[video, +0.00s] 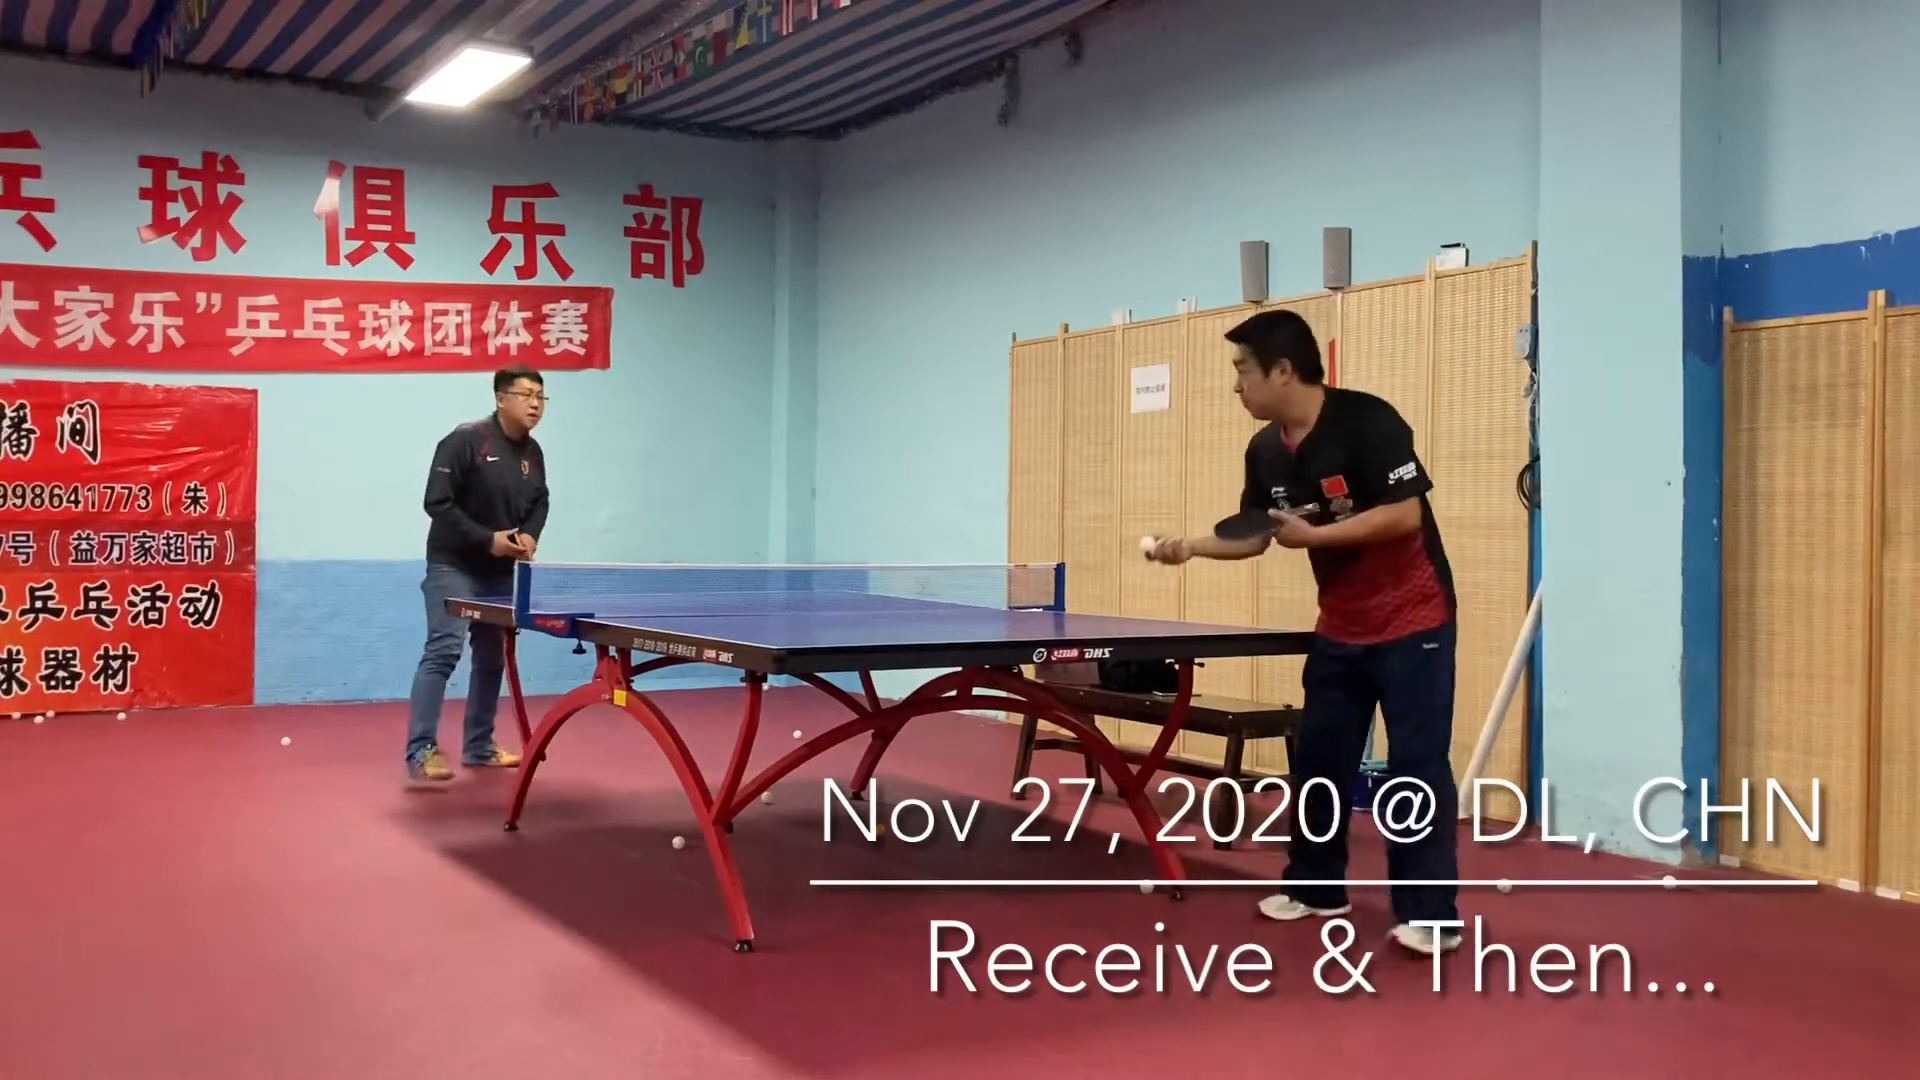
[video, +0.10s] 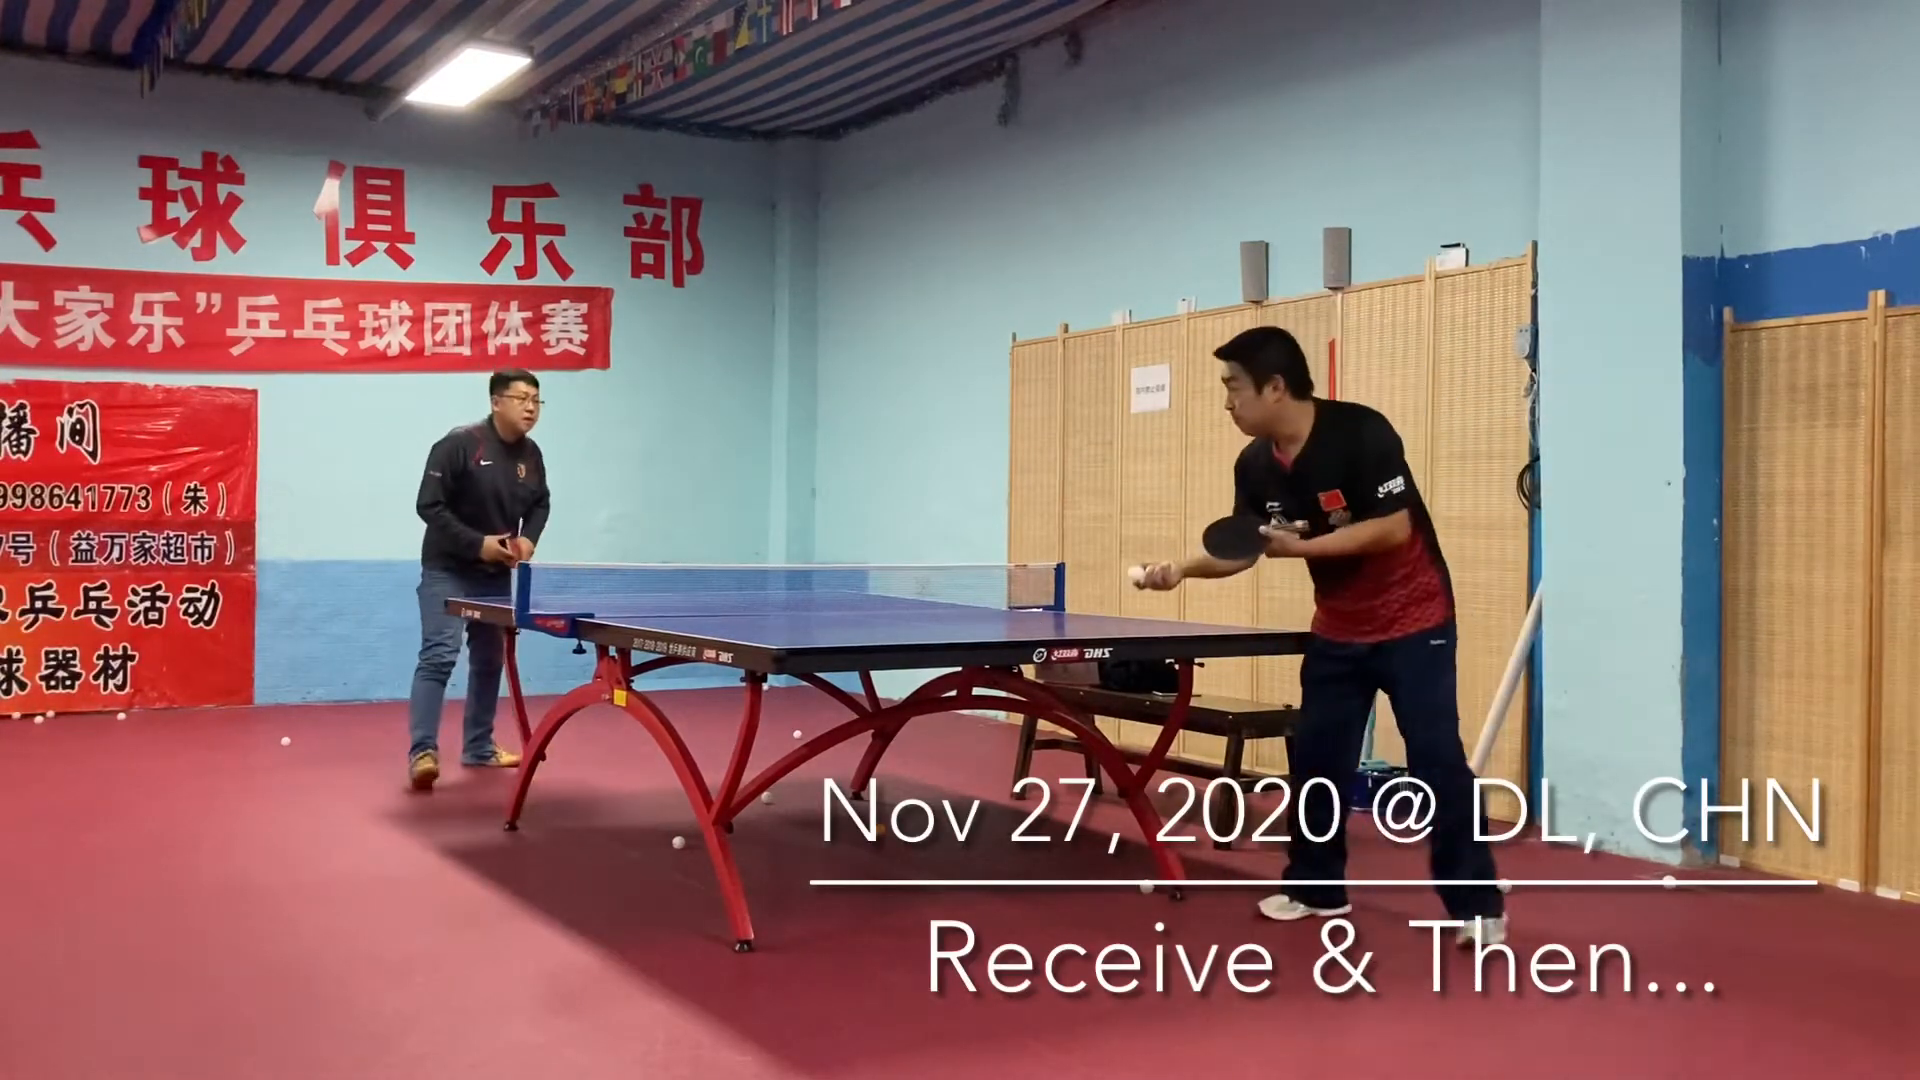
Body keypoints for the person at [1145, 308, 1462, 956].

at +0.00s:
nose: (1235, 385)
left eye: (1243, 371)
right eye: (1235, 371)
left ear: (1283, 372)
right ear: (1277, 373)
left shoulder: (1369, 418)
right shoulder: (1268, 449)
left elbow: (1404, 514)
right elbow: (1253, 530)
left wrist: (1316, 534)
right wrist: (1192, 544)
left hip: (1414, 621)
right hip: (1341, 625)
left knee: (1417, 766)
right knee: (1319, 754)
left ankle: (1429, 911)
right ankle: (1316, 888)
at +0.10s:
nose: (1227, 403)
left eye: (1234, 388)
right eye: (1226, 390)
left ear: (1275, 387)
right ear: (1271, 389)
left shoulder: (1362, 431)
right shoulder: (1255, 465)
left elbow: (1394, 528)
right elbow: (1241, 551)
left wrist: (1301, 546)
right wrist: (1181, 571)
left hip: (1414, 622)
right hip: (1339, 629)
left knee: (1437, 759)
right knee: (1315, 754)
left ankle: (1474, 904)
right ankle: (1318, 885)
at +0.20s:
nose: (1228, 410)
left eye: (1237, 397)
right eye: (1227, 397)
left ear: (1279, 398)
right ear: (1268, 402)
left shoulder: (1362, 439)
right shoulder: (1254, 473)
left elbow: (1390, 538)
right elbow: (1240, 558)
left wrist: (1296, 552)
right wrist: (1179, 585)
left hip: (1415, 628)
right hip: (1336, 632)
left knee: (1456, 753)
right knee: (1313, 756)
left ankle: (1524, 893)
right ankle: (1315, 887)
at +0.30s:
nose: (1243, 419)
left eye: (1251, 406)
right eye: (1242, 406)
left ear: (1294, 408)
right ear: (1281, 411)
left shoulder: (1375, 450)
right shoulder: (1263, 476)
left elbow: (1393, 550)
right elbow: (1238, 564)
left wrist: (1296, 549)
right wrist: (1182, 590)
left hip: (1418, 633)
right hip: (1335, 634)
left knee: (1474, 756)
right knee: (1310, 756)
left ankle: (1546, 885)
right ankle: (1315, 886)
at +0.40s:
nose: (1270, 423)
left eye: (1280, 410)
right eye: (1269, 410)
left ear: (1324, 411)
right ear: (1316, 413)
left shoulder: (1399, 457)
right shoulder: (1283, 474)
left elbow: (1409, 557)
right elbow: (1241, 551)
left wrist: (1322, 542)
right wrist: (1185, 579)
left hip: (1423, 642)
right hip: (1338, 640)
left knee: (1483, 761)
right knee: (1309, 754)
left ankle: (1550, 888)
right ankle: (1314, 885)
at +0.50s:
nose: (1306, 417)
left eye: (1316, 405)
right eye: (1306, 405)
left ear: (1361, 408)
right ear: (1339, 409)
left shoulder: (1429, 460)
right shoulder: (1304, 463)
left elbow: (1440, 560)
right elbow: (1242, 516)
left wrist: (1354, 543)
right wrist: (1182, 515)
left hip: (1434, 643)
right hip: (1346, 640)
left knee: (1490, 761)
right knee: (1311, 744)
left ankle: (1550, 892)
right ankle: (1315, 888)